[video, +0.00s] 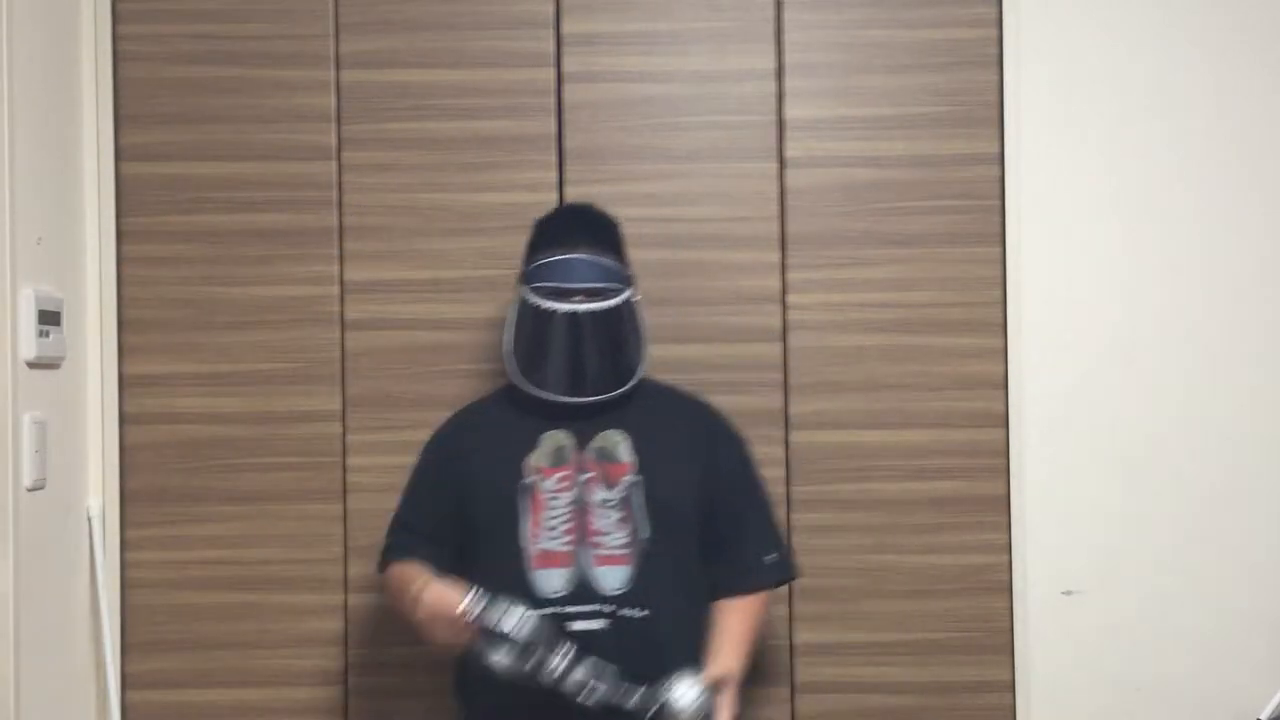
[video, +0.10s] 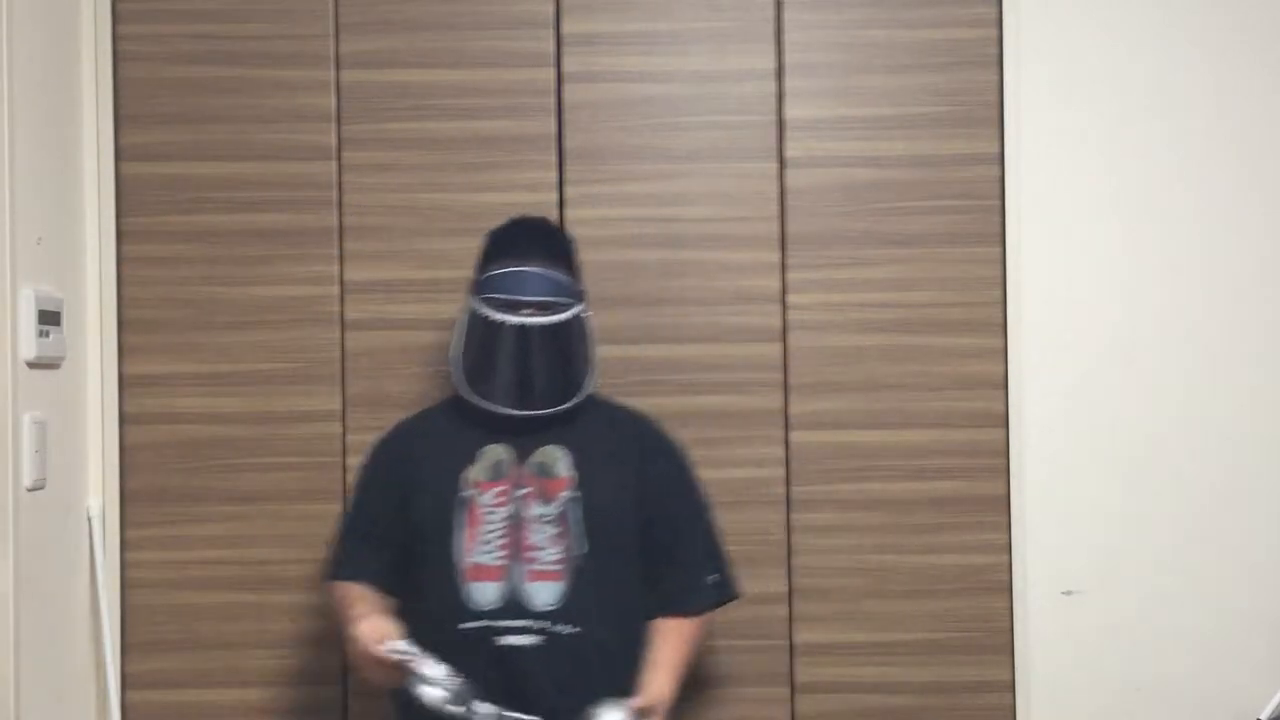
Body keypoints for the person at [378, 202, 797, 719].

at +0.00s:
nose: (577, 335)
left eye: (596, 314)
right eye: (558, 316)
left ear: (628, 312)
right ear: (526, 314)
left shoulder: (696, 436)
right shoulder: (470, 440)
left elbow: (747, 573)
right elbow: (403, 560)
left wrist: (719, 684)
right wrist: (431, 598)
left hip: (661, 701)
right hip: (514, 701)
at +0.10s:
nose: (526, 349)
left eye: (547, 330)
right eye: (507, 329)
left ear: (579, 327)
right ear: (474, 325)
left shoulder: (638, 451)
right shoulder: (414, 450)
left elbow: (684, 594)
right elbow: (358, 568)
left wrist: (651, 700)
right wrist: (371, 621)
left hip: (594, 705)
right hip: (452, 705)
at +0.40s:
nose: (403, 322)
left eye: (424, 303)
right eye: (384, 301)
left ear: (459, 304)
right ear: (354, 298)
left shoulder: (513, 420)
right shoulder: (289, 413)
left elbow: (585, 551)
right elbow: (168, 492)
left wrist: (480, 540)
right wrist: (172, 401)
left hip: (469, 702)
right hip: (314, 701)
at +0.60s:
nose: (378, 318)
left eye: (401, 299)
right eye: (357, 297)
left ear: (432, 305)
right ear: (326, 296)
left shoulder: (485, 414)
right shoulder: (261, 408)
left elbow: (548, 524)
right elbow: (126, 410)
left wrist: (446, 449)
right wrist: (156, 291)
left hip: (440, 704)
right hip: (276, 703)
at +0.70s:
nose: (383, 317)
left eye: (406, 299)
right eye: (361, 297)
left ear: (436, 304)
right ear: (329, 298)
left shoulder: (489, 414)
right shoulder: (261, 408)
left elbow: (549, 529)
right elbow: (126, 419)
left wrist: (447, 457)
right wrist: (160, 307)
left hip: (440, 702)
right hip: (273, 700)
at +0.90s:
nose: (420, 326)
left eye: (441, 308)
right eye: (402, 305)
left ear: (474, 309)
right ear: (371, 302)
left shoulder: (528, 429)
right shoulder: (303, 420)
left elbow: (593, 558)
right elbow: (181, 516)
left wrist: (501, 578)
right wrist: (198, 447)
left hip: (476, 704)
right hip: (316, 702)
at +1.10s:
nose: (507, 349)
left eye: (526, 329)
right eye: (487, 328)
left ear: (556, 328)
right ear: (453, 323)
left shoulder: (615, 454)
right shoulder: (386, 455)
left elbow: (652, 594)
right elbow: (333, 567)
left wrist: (615, 691)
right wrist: (334, 611)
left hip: (558, 706)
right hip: (409, 703)